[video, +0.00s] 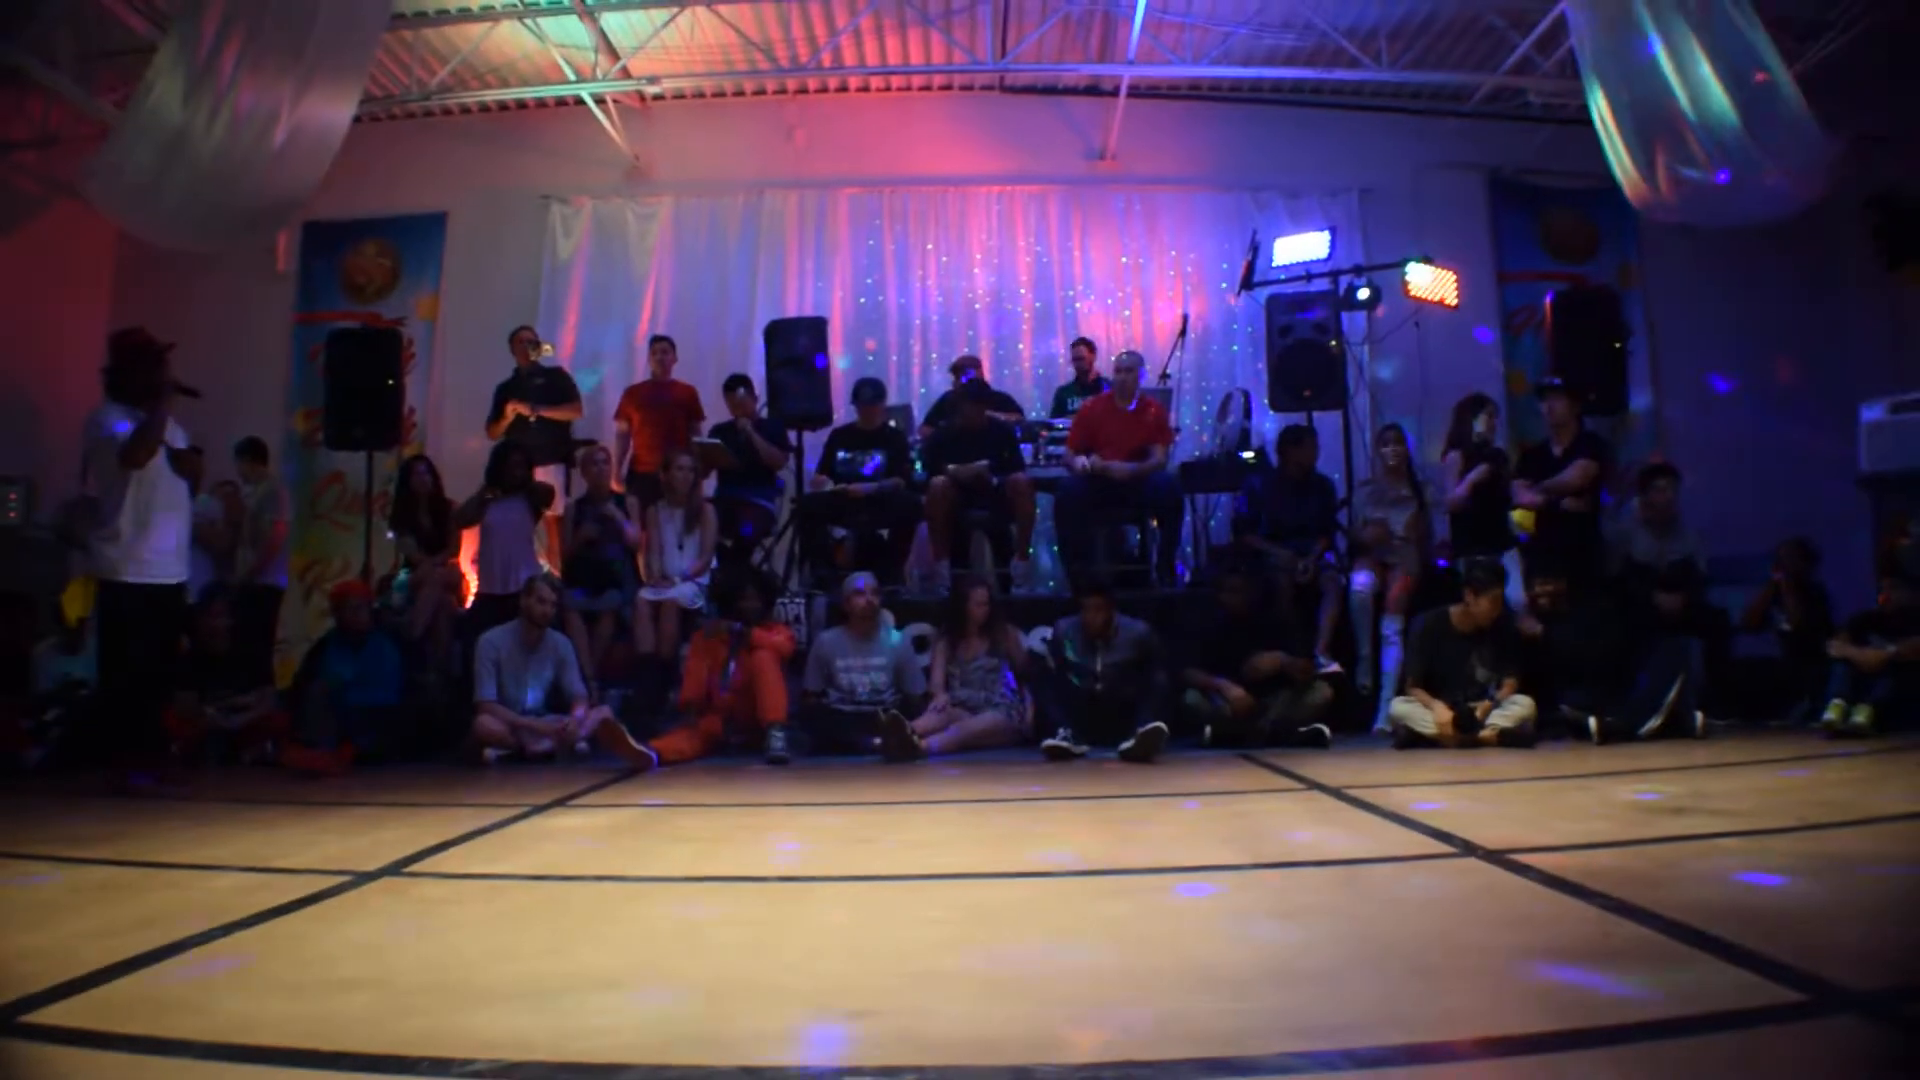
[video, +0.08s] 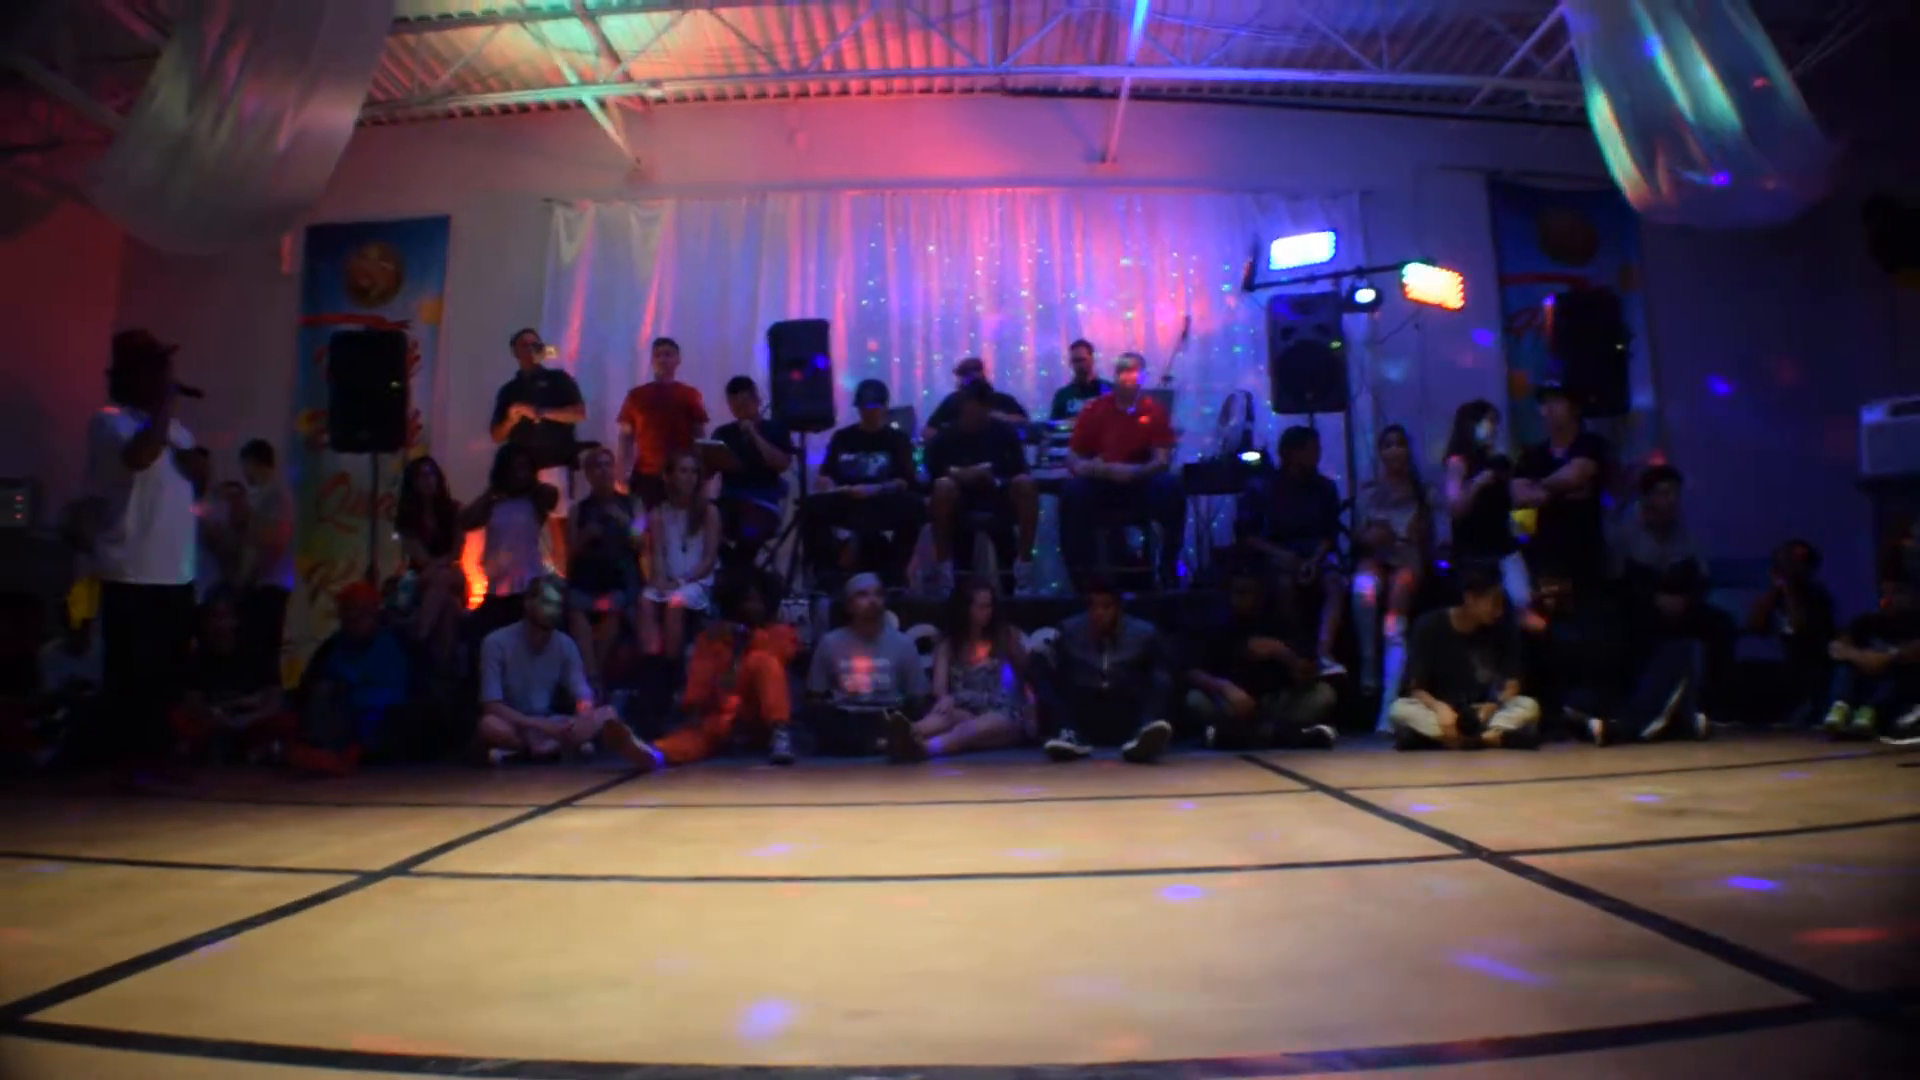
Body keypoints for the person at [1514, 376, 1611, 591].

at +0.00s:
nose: (1549, 406)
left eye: (1557, 399)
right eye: (1545, 400)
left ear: (1573, 405)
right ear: (1541, 407)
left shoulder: (1592, 445)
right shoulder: (1533, 453)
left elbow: (1578, 478)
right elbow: (1519, 495)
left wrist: (1538, 489)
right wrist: (1558, 501)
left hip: (1583, 549)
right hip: (1541, 552)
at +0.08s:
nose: (1547, 411)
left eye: (1555, 403)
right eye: (1544, 404)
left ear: (1572, 408)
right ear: (1540, 410)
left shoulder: (1591, 445)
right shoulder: (1535, 452)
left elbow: (1576, 477)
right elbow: (1519, 495)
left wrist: (1538, 486)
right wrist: (1564, 492)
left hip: (1585, 546)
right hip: (1545, 549)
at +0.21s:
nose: (1566, 411)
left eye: (1574, 404)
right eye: (1564, 404)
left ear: (1591, 409)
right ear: (1561, 410)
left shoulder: (1613, 442)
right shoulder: (1555, 456)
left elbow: (1597, 472)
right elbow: (1542, 498)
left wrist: (1556, 484)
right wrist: (1585, 481)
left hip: (1609, 548)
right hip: (1570, 551)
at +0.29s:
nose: (1564, 412)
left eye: (1570, 406)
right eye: (1563, 406)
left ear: (1586, 409)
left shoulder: (1612, 442)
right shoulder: (1557, 453)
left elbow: (1593, 473)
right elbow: (1542, 497)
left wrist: (1556, 484)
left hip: (1607, 546)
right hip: (1569, 549)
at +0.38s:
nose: (1555, 409)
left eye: (1561, 403)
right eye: (1556, 404)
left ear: (1579, 407)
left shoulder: (1605, 442)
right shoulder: (1554, 450)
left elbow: (1590, 471)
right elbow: (1540, 495)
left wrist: (1552, 484)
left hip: (1600, 543)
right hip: (1565, 544)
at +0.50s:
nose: (1556, 416)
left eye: (1560, 409)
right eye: (1556, 410)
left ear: (1575, 409)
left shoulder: (1606, 442)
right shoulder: (1560, 450)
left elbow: (1589, 472)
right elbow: (1546, 496)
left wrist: (1553, 485)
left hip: (1606, 540)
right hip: (1571, 540)